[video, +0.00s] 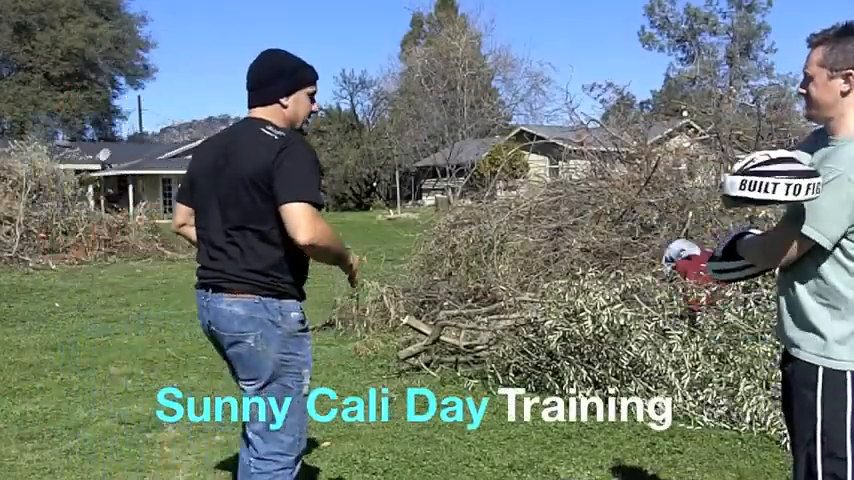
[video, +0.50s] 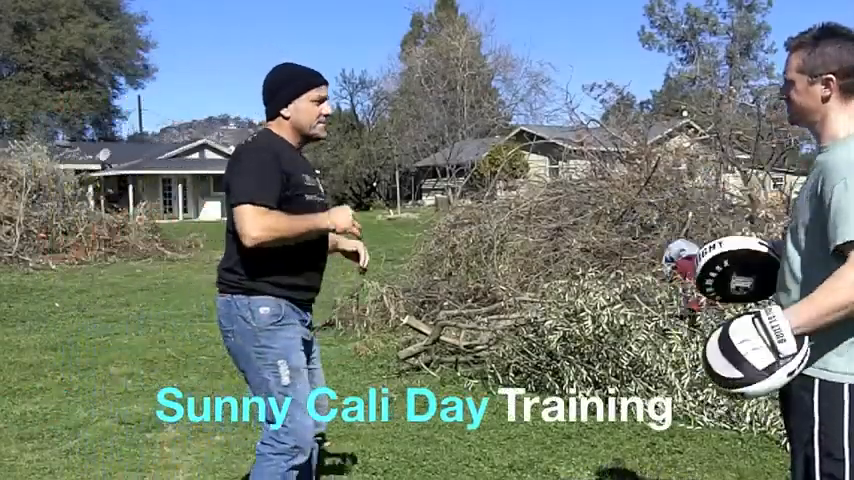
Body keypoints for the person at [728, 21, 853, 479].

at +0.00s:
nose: (801, 90)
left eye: (809, 80)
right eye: (803, 79)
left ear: (845, 84)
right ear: (840, 83)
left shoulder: (844, 161)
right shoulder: (817, 146)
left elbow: (780, 251)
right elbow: (777, 230)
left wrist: (737, 244)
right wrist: (723, 265)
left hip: (833, 354)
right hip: (806, 346)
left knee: (828, 469)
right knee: (811, 465)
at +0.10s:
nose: (801, 91)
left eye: (808, 80)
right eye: (803, 81)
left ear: (845, 83)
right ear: (842, 84)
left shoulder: (845, 163)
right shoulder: (828, 153)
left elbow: (790, 261)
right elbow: (773, 190)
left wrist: (717, 266)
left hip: (832, 361)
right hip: (811, 355)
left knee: (828, 471)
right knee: (813, 468)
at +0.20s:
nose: (800, 92)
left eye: (807, 81)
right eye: (802, 82)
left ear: (844, 84)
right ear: (842, 84)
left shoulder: (845, 165)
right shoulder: (828, 154)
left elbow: (801, 268)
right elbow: (781, 205)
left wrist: (720, 279)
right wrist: (727, 205)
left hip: (832, 360)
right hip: (811, 353)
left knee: (828, 470)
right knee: (812, 466)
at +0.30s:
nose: (796, 94)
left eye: (803, 83)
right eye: (797, 83)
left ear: (839, 85)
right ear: (837, 85)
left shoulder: (843, 167)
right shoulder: (832, 162)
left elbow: (824, 277)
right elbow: (802, 226)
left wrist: (731, 301)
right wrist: (728, 225)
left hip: (831, 369)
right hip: (815, 363)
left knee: (827, 471)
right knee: (814, 468)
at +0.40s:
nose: (792, 93)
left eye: (798, 81)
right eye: (793, 82)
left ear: (835, 85)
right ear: (834, 85)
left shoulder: (844, 166)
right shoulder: (833, 161)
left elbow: (839, 278)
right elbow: (805, 238)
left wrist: (741, 312)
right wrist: (737, 233)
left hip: (832, 370)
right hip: (814, 365)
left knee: (828, 471)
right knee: (812, 468)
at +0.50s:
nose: (784, 94)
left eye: (791, 84)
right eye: (785, 84)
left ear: (826, 87)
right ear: (826, 87)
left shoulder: (841, 167)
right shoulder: (828, 163)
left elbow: (853, 270)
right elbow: (816, 254)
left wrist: (777, 327)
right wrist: (759, 263)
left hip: (832, 374)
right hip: (814, 368)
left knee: (827, 472)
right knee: (812, 470)